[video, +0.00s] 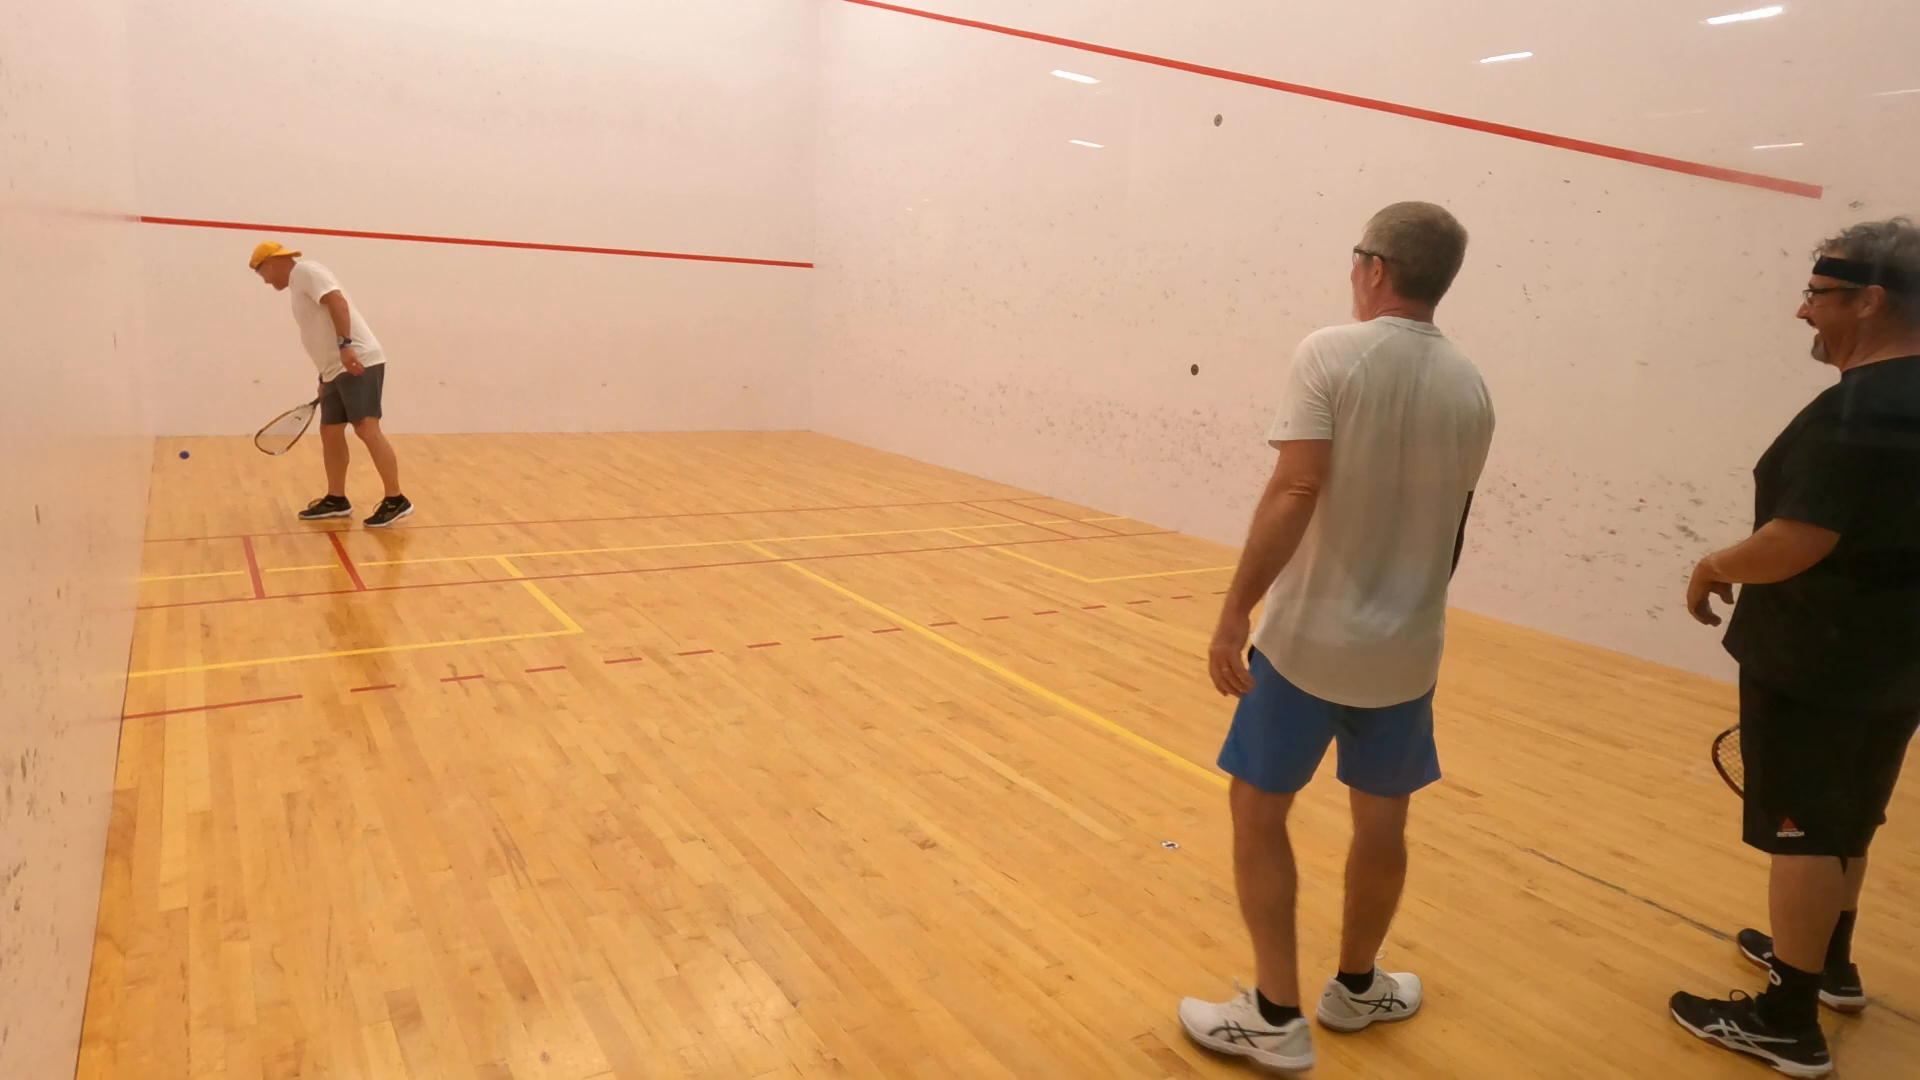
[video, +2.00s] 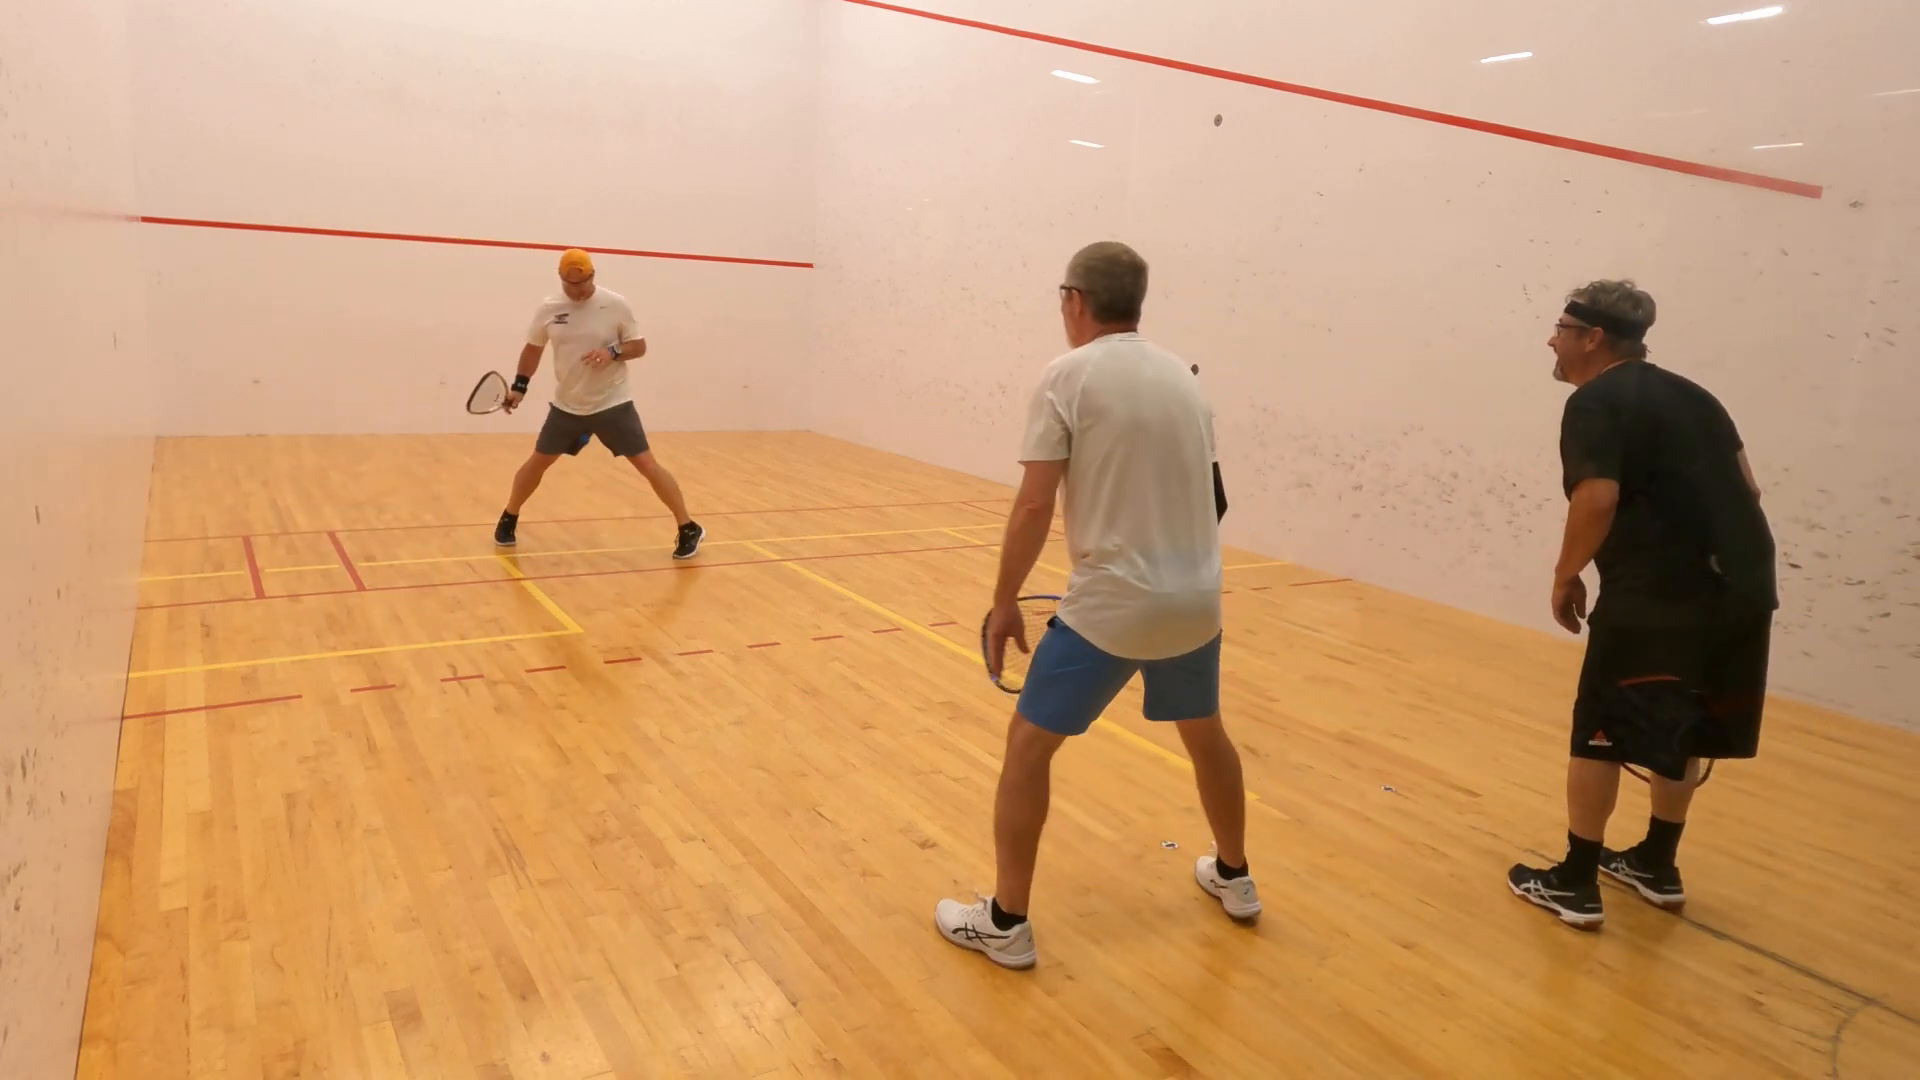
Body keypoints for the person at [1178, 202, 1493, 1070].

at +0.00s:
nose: (1351, 275)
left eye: (1357, 263)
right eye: (1358, 260)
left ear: (1375, 273)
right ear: (1441, 283)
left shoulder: (1332, 355)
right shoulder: (1470, 388)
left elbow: (1295, 489)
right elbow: (1450, 528)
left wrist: (1236, 607)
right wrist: (1404, 619)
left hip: (1309, 641)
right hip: (1408, 652)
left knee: (1258, 809)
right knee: (1382, 814)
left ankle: (1277, 1013)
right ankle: (1355, 984)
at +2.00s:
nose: (1062, 312)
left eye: (1063, 300)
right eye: (1065, 300)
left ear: (1077, 304)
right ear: (1136, 306)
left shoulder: (1067, 379)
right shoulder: (1183, 379)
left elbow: (1034, 506)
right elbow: (1211, 500)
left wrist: (1005, 599)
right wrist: (1154, 564)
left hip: (1110, 608)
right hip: (1196, 605)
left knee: (1029, 746)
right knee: (1206, 731)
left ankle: (1007, 920)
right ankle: (1235, 874)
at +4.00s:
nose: (1238, 289)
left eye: (1244, 279)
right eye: (1243, 277)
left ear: (1260, 290)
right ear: (1316, 299)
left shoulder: (1236, 365)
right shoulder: (1331, 376)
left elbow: (1205, 489)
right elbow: (1314, 497)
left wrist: (1153, 522)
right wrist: (1185, 527)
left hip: (1225, 604)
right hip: (1286, 603)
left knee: (1172, 761)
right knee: (1226, 733)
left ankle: (1270, 939)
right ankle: (1212, 870)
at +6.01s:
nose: (1386, 244)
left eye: (1409, 216)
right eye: (1399, 215)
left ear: (1475, 241)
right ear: (1477, 245)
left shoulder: (1628, 434)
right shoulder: (1385, 438)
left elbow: (1858, 635)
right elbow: (1350, 617)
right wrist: (1207, 705)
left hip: (1444, 1018)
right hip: (1257, 961)